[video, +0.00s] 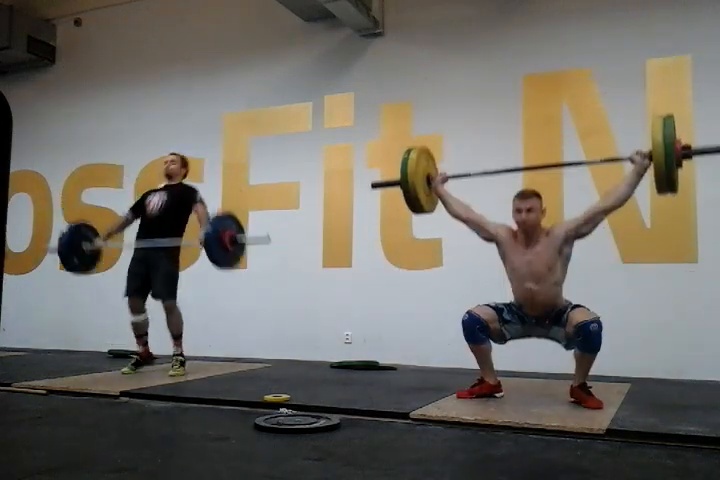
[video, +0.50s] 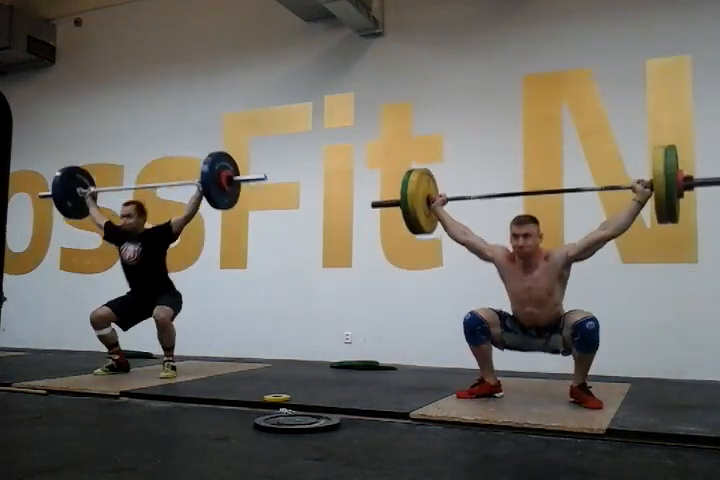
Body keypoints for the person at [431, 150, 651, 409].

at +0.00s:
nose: (523, 217)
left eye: (529, 211)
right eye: (518, 212)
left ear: (541, 213)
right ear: (513, 214)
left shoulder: (562, 236)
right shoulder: (503, 237)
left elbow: (605, 206)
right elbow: (467, 216)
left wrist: (639, 170)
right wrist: (438, 189)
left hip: (556, 316)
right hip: (518, 315)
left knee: (590, 326)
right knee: (472, 321)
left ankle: (580, 387)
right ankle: (489, 382)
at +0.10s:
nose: (520, 232)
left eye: (526, 226)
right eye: (516, 227)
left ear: (540, 227)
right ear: (511, 229)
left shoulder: (562, 248)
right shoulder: (503, 251)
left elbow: (607, 219)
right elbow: (465, 228)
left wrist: (639, 185)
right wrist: (438, 200)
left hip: (557, 327)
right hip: (520, 326)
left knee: (590, 327)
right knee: (474, 321)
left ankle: (579, 387)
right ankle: (489, 382)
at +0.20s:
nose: (520, 247)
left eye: (526, 241)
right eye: (515, 242)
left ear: (539, 239)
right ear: (510, 242)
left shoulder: (561, 261)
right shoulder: (503, 262)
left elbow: (606, 232)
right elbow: (467, 239)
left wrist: (639, 198)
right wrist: (439, 210)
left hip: (556, 335)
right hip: (519, 334)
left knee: (590, 326)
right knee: (476, 321)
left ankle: (579, 388)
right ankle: (490, 382)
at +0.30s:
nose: (521, 254)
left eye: (527, 248)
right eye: (516, 249)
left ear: (539, 246)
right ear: (510, 248)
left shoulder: (561, 266)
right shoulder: (502, 267)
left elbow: (607, 238)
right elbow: (467, 244)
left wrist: (639, 206)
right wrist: (438, 217)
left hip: (556, 340)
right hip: (518, 339)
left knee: (589, 324)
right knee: (476, 320)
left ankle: (579, 388)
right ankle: (490, 382)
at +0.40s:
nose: (521, 251)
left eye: (526, 246)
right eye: (515, 246)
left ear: (539, 244)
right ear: (510, 247)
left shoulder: (561, 265)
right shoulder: (501, 265)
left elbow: (607, 238)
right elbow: (466, 244)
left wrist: (639, 206)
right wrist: (438, 216)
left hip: (555, 340)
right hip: (518, 339)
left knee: (588, 324)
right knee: (475, 320)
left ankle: (579, 387)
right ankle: (490, 382)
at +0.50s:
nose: (521, 242)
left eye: (527, 237)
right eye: (516, 237)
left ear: (540, 237)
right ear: (510, 240)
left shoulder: (560, 258)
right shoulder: (502, 259)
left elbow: (607, 232)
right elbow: (464, 237)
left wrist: (639, 200)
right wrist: (438, 209)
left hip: (555, 332)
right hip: (517, 331)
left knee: (588, 325)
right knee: (474, 321)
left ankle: (579, 388)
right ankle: (489, 382)